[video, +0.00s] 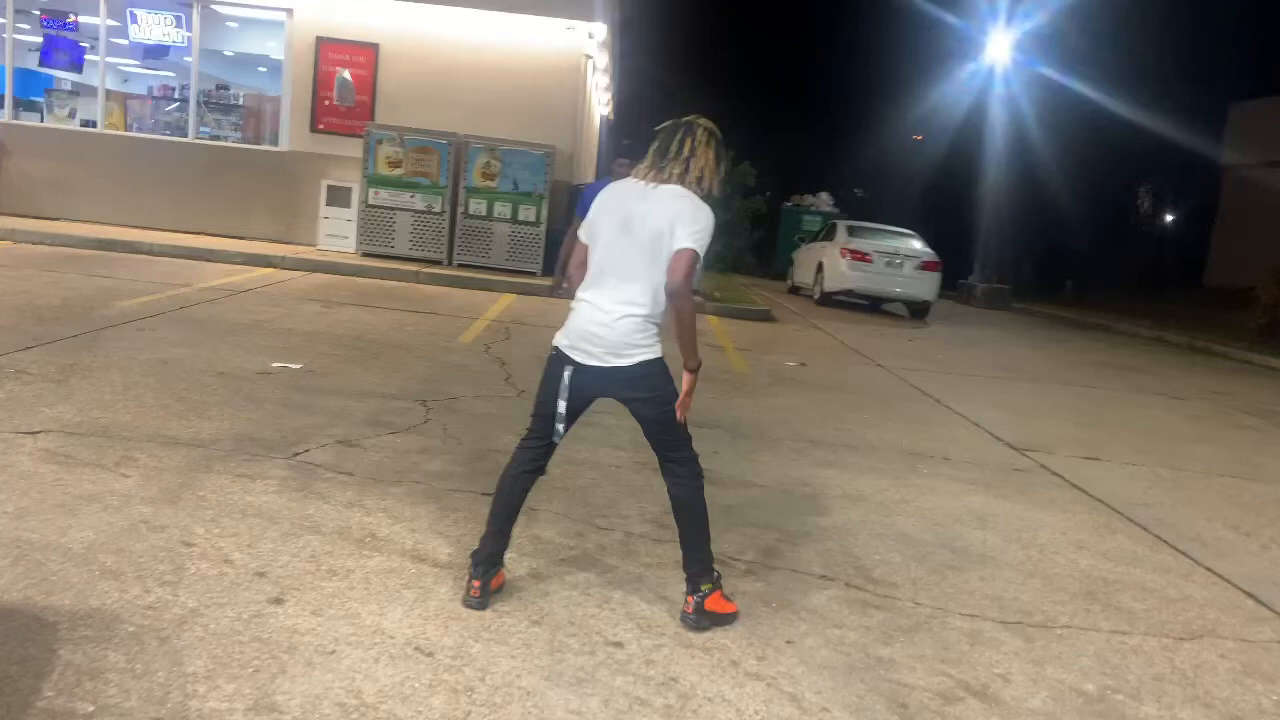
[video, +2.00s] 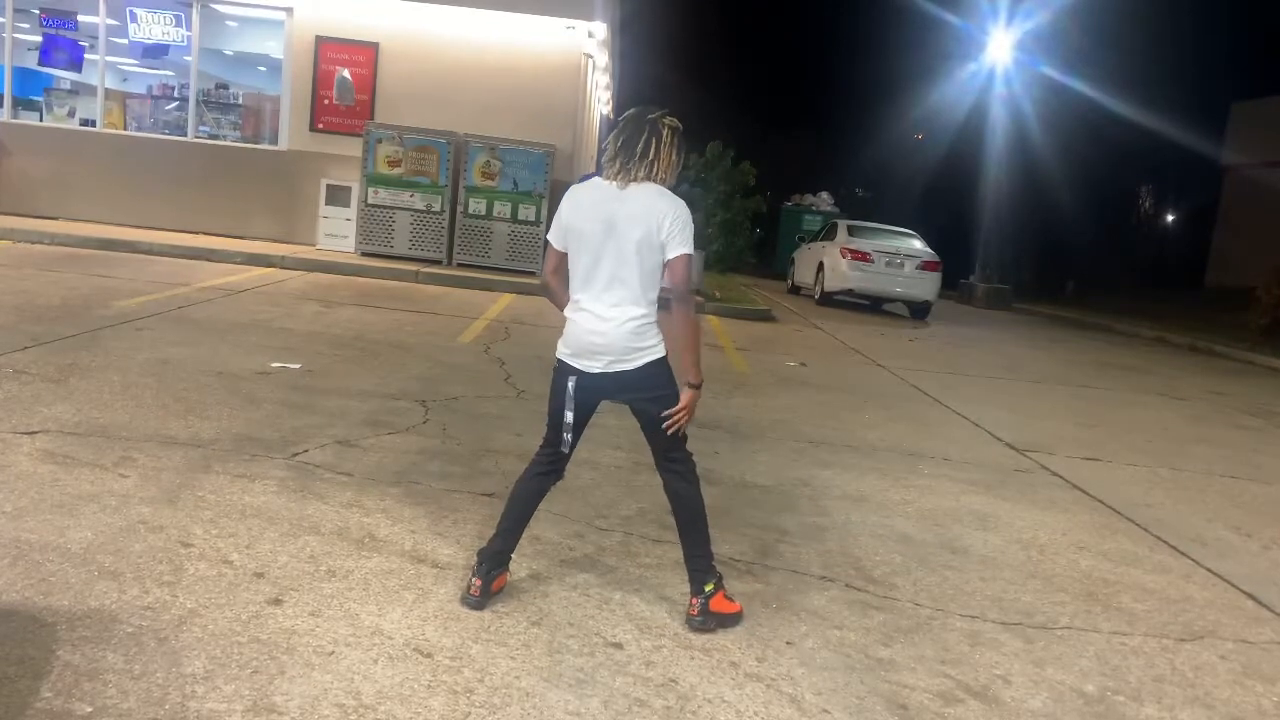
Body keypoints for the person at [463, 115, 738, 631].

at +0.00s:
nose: (715, 175)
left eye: (716, 167)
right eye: (714, 166)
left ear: (658, 150)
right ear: (702, 162)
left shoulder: (608, 192)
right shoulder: (694, 210)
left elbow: (572, 275)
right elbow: (678, 285)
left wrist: (610, 305)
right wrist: (691, 364)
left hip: (574, 353)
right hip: (636, 361)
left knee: (530, 453)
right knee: (679, 462)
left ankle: (482, 572)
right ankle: (702, 591)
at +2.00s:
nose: (675, 161)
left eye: (675, 153)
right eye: (673, 152)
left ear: (615, 145)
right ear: (662, 152)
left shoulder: (576, 196)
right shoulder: (670, 208)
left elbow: (552, 275)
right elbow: (678, 298)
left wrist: (584, 316)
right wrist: (692, 380)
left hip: (578, 359)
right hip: (645, 362)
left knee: (548, 461)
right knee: (677, 468)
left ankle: (486, 571)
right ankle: (705, 591)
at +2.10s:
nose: (675, 160)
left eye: (675, 152)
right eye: (673, 151)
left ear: (615, 146)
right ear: (663, 152)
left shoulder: (578, 197)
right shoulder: (672, 205)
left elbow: (551, 276)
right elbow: (698, 289)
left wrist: (584, 318)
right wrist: (726, 366)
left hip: (579, 359)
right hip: (643, 361)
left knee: (548, 459)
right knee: (677, 465)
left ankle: (486, 571)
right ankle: (705, 590)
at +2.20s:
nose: (673, 164)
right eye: (671, 155)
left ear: (613, 150)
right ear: (662, 157)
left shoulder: (582, 204)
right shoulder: (673, 204)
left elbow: (553, 283)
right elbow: (728, 261)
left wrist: (588, 323)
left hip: (584, 362)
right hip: (648, 363)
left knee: (550, 460)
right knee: (683, 465)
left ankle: (486, 570)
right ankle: (707, 593)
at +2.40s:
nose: (663, 169)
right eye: (661, 160)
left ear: (606, 150)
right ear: (653, 161)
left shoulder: (562, 198)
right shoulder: (657, 213)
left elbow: (540, 281)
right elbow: (715, 267)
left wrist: (567, 319)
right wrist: (787, 306)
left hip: (571, 362)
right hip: (637, 361)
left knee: (543, 460)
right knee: (669, 462)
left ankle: (514, 575)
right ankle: (706, 585)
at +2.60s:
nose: (597, 157)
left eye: (601, 150)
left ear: (607, 154)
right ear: (653, 161)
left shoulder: (583, 199)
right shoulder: (668, 220)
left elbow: (502, 252)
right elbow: (656, 316)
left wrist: (532, 300)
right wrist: (627, 365)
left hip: (553, 347)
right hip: (600, 361)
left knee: (520, 454)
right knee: (499, 394)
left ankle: (528, 572)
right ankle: (424, 433)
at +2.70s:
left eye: (606, 157)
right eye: (671, 173)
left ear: (610, 164)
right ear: (661, 175)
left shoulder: (584, 207)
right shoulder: (667, 234)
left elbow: (491, 237)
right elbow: (692, 311)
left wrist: (522, 289)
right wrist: (713, 392)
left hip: (537, 358)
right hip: (571, 365)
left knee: (505, 455)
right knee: (463, 324)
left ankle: (526, 568)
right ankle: (349, 311)